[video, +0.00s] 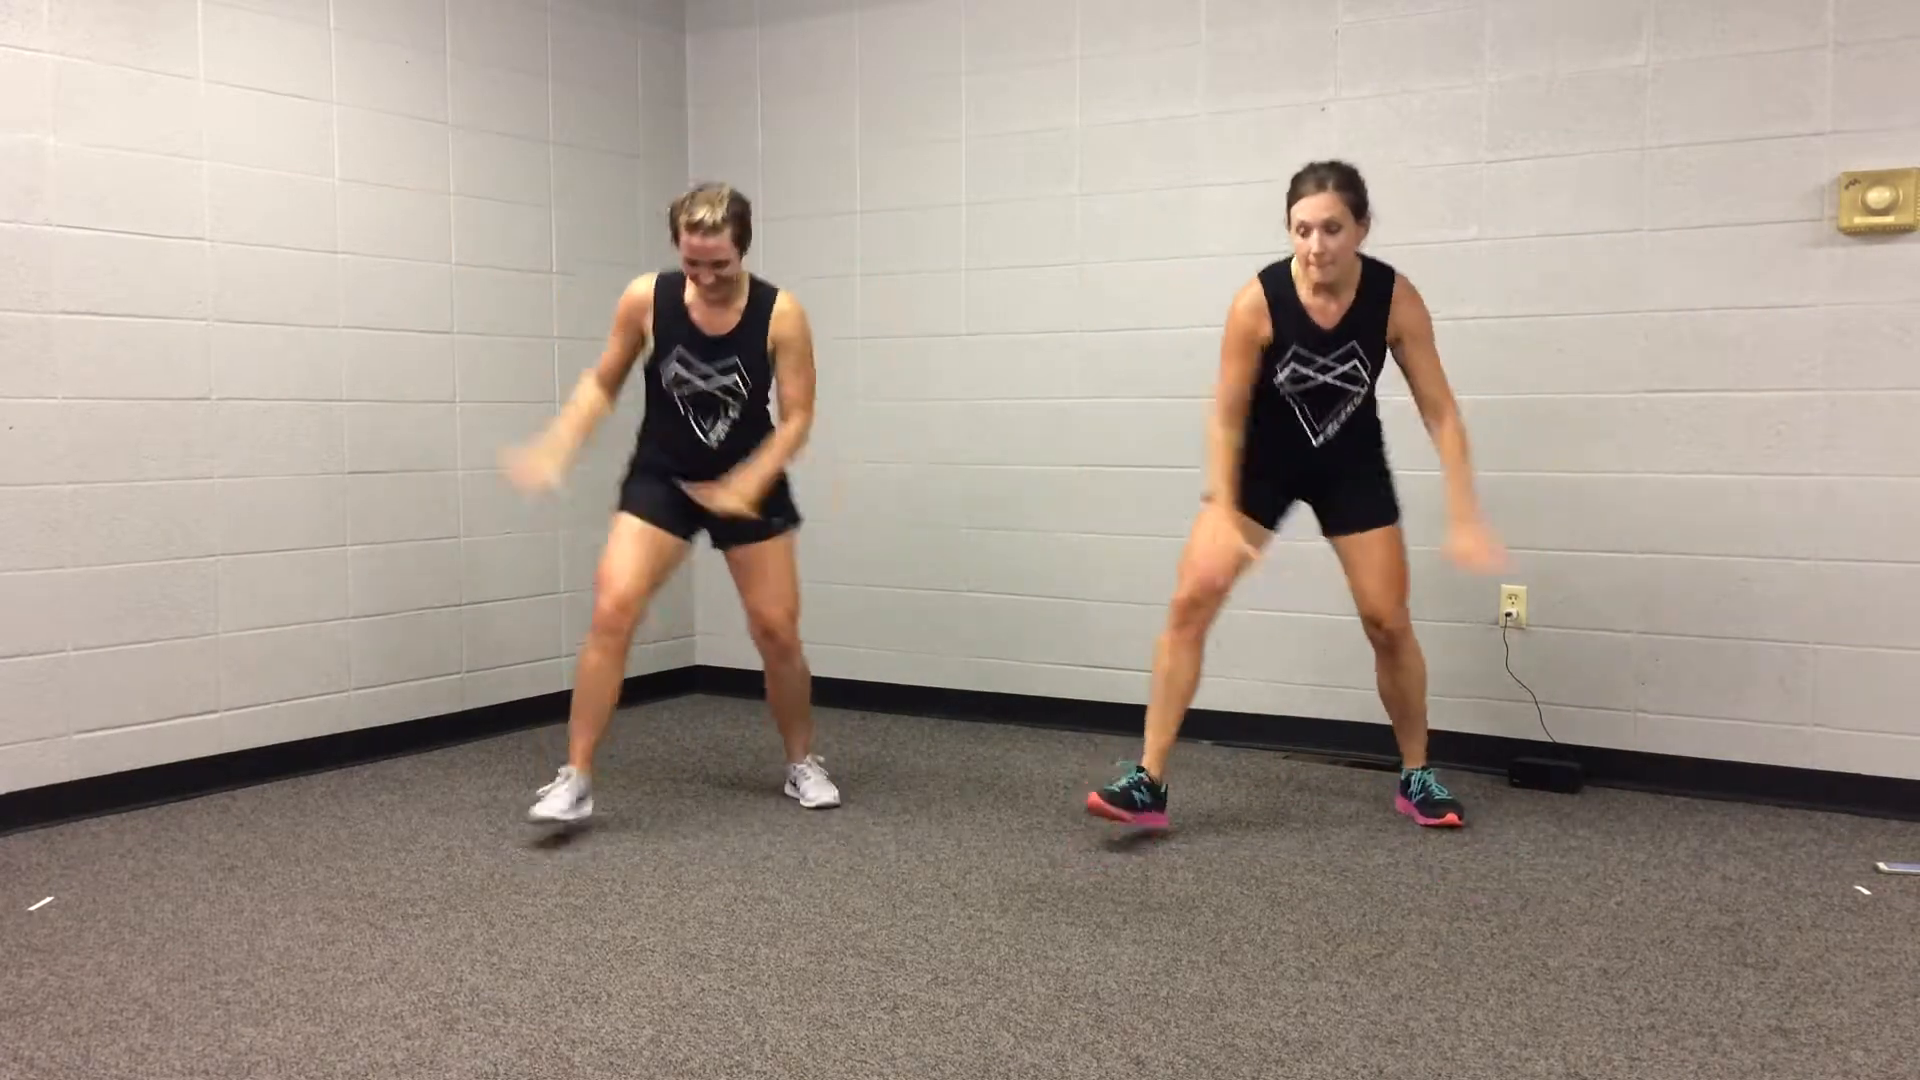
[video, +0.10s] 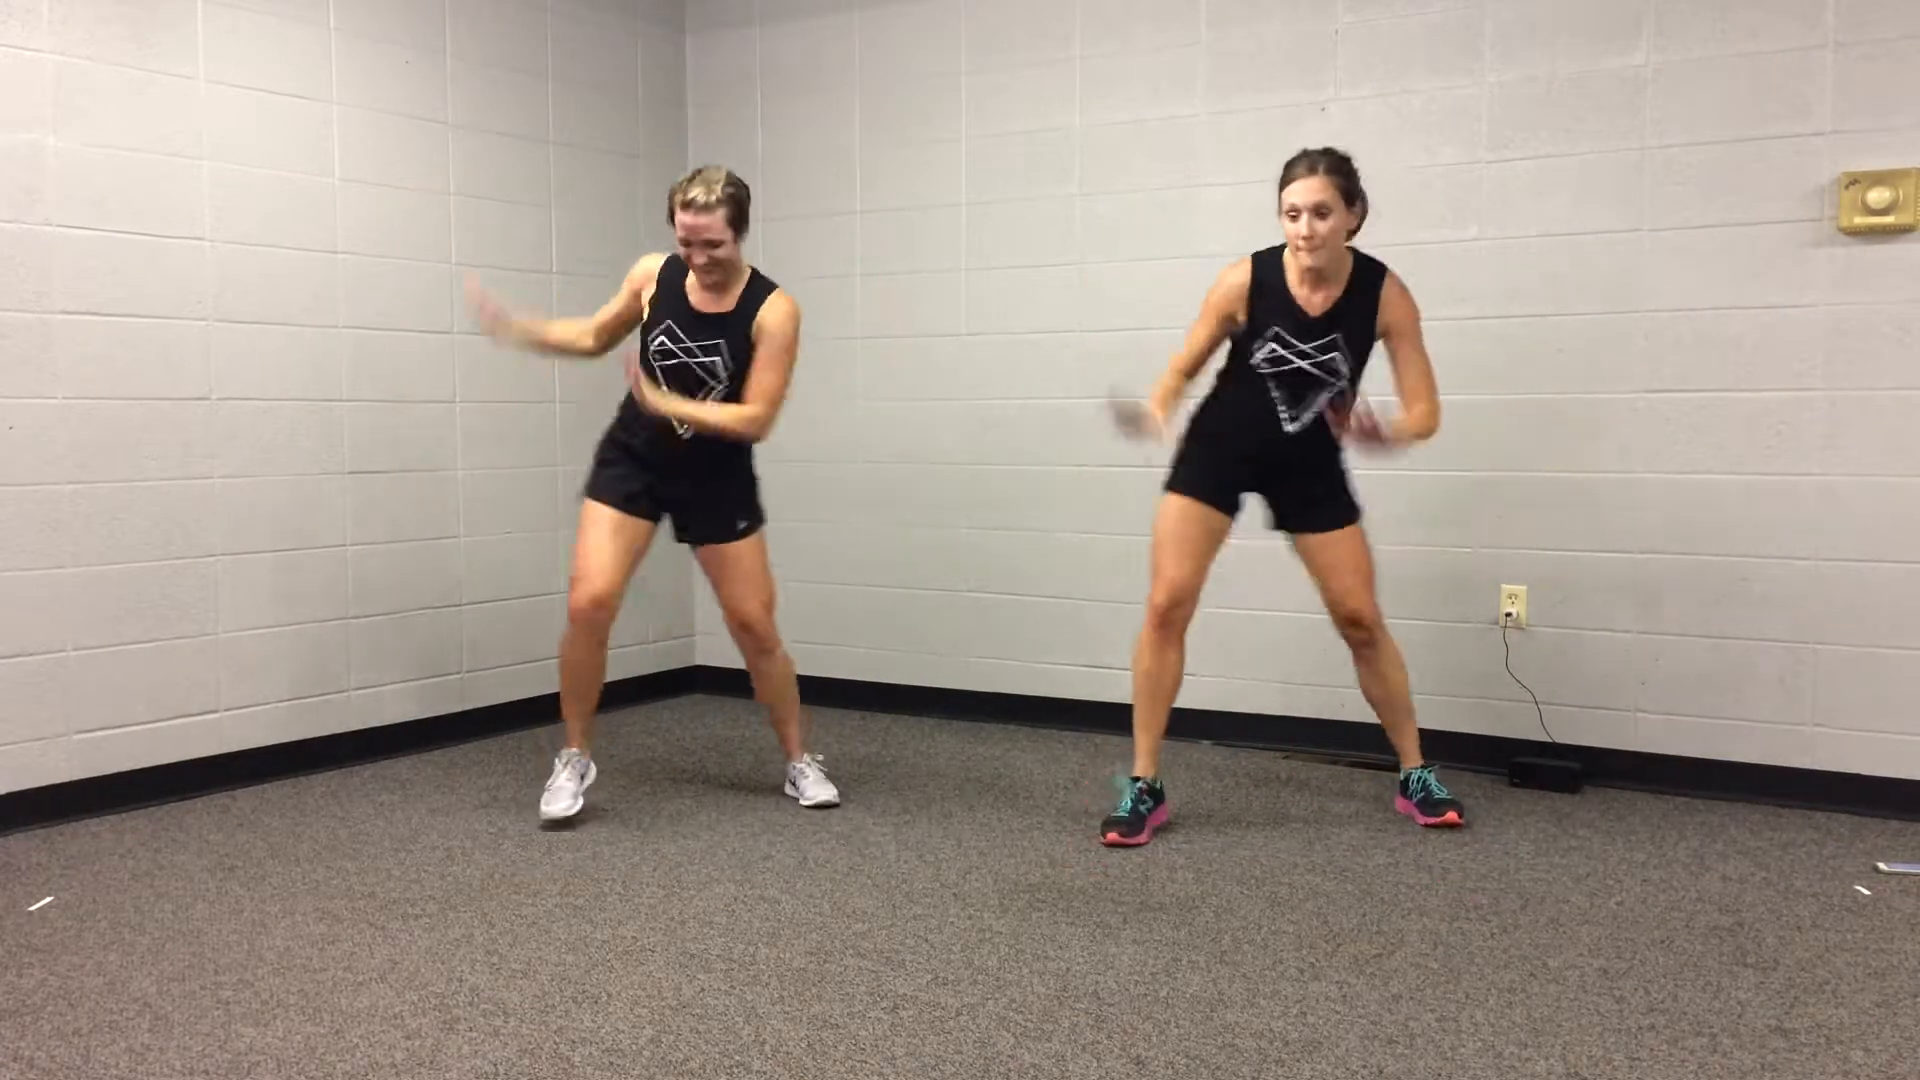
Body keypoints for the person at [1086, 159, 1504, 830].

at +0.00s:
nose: (1315, 246)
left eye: (1331, 229)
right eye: (1302, 231)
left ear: (1362, 230)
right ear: (1288, 232)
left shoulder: (1395, 301)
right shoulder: (1257, 307)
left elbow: (1441, 412)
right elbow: (1226, 418)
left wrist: (1465, 515)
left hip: (1351, 461)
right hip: (1264, 461)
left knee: (1387, 621)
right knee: (1189, 602)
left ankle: (1416, 773)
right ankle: (1148, 776)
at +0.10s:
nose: (1304, 228)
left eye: (1321, 212)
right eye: (1293, 213)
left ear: (1355, 217)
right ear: (1279, 217)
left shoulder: (1384, 296)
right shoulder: (1245, 282)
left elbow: (1424, 412)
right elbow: (1183, 369)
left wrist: (1383, 432)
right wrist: (1157, 407)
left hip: (1308, 457)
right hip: (1221, 445)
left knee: (1361, 621)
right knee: (1167, 604)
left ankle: (1415, 773)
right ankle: (1142, 782)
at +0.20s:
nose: (1285, 229)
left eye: (1302, 217)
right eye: (1274, 218)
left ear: (1335, 230)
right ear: (1261, 226)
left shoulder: (1361, 313)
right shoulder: (1228, 287)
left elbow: (1384, 440)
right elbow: (1158, 363)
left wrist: (1339, 382)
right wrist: (1124, 337)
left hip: (1268, 479)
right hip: (1185, 456)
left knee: (1336, 636)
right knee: (1150, 617)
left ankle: (1411, 773)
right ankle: (1138, 786)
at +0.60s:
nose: (1248, 167)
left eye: (1265, 158)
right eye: (1237, 157)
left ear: (1288, 178)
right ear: (1219, 173)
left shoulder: (1305, 264)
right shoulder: (1190, 264)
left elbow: (1370, 352)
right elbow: (1151, 372)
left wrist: (1456, 350)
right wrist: (1255, 370)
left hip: (1293, 468)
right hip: (1205, 470)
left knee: (1379, 607)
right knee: (1178, 638)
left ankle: (1440, 800)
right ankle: (1143, 789)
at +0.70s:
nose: (1260, 167)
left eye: (1277, 159)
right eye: (1248, 157)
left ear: (1299, 179)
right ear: (1226, 175)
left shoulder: (1313, 261)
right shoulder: (1208, 259)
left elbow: (1389, 339)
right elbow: (1194, 362)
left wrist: (1465, 280)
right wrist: (1281, 287)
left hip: (1332, 467)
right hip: (1240, 470)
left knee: (1387, 637)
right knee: (1197, 639)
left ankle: (1441, 828)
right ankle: (1146, 786)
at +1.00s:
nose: (1302, 172)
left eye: (1316, 161)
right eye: (1286, 164)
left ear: (1339, 184)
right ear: (1264, 191)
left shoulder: (1387, 271)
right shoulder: (1247, 289)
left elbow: (1457, 368)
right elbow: (1250, 408)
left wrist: (1522, 463)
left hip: (1381, 478)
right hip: (1279, 479)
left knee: (1436, 649)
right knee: (1158, 627)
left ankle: (1453, 834)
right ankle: (1137, 768)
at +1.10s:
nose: (1304, 156)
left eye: (1318, 144)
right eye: (1289, 149)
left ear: (1346, 164)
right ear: (1271, 174)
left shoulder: (1394, 252)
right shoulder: (1250, 270)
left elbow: (1471, 341)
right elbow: (1208, 373)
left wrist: (1465, 385)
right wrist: (1183, 444)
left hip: (1355, 472)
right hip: (1249, 465)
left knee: (1413, 646)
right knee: (1127, 596)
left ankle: (1452, 834)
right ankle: (1114, 760)